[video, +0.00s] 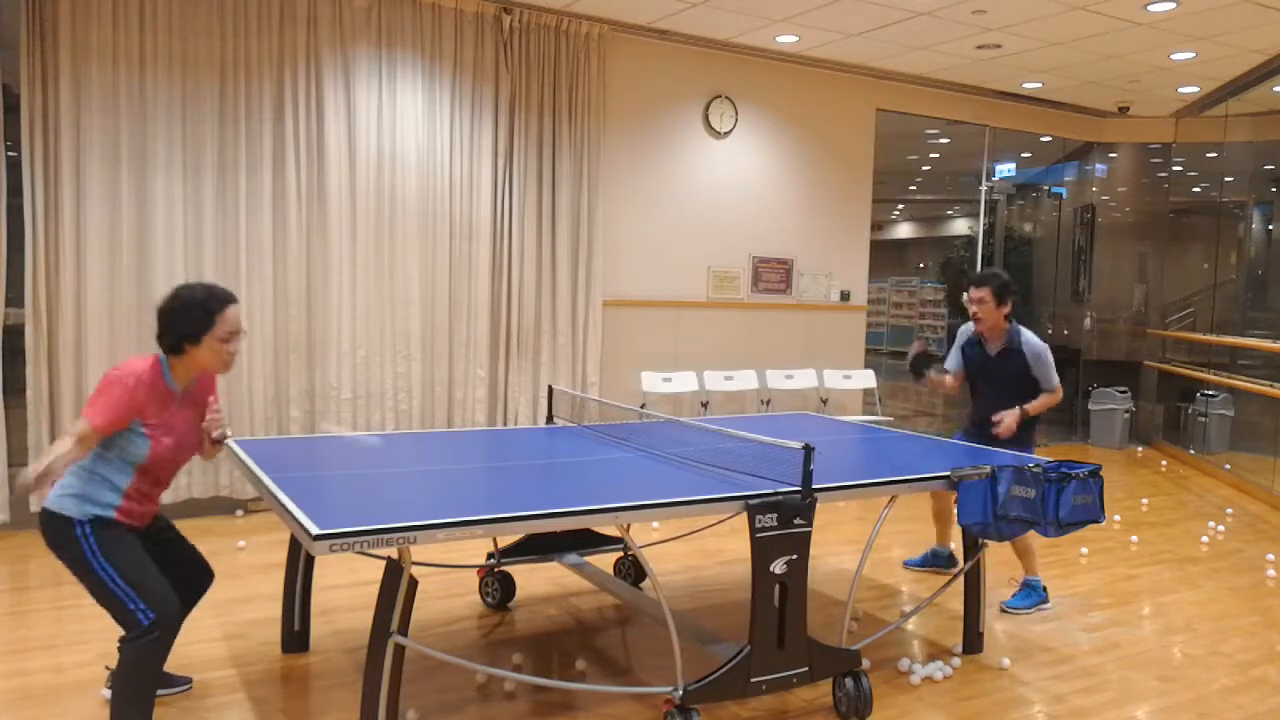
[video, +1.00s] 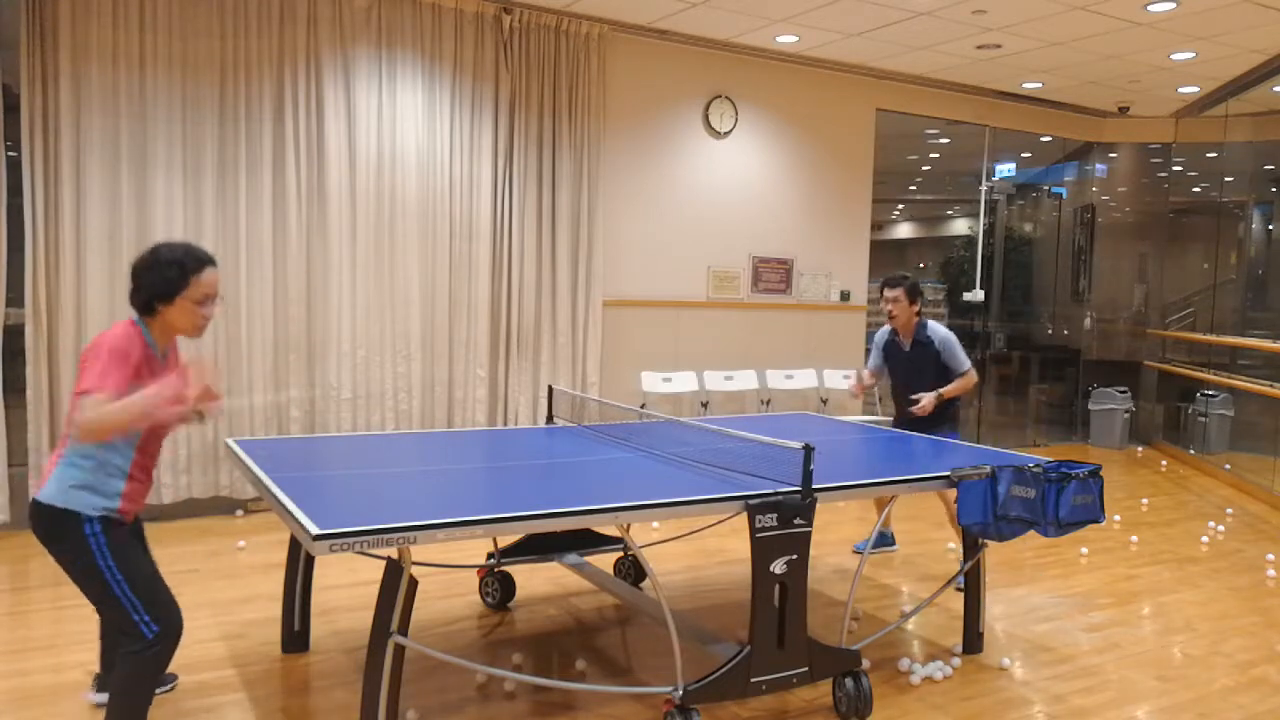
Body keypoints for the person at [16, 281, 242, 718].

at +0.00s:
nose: (236, 348)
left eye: (237, 337)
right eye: (227, 339)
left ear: (196, 343)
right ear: (190, 342)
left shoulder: (203, 382)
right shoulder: (133, 380)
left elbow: (199, 450)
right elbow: (82, 438)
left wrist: (213, 438)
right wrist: (52, 463)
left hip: (134, 514)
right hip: (81, 516)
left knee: (193, 578)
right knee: (155, 619)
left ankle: (134, 673)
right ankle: (129, 709)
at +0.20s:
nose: (217, 314)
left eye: (218, 305)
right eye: (210, 305)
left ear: (180, 307)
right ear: (177, 307)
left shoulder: (163, 350)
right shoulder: (142, 338)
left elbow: (155, 422)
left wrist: (200, 401)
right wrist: (244, 328)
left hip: (125, 502)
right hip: (91, 506)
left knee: (180, 571)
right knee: (167, 616)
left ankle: (132, 675)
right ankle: (133, 709)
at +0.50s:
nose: (195, 272)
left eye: (192, 262)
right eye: (186, 264)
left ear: (156, 276)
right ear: (155, 275)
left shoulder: (142, 322)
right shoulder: (127, 318)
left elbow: (156, 390)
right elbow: (166, 380)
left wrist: (201, 375)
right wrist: (237, 330)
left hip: (124, 485)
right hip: (102, 488)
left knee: (155, 576)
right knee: (155, 612)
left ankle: (130, 676)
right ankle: (122, 708)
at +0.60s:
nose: (200, 281)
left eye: (197, 271)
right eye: (190, 273)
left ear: (164, 286)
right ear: (157, 285)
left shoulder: (162, 330)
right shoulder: (119, 330)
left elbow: (158, 404)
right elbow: (113, 413)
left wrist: (197, 390)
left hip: (129, 492)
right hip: (89, 495)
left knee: (164, 571)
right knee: (143, 617)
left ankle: (133, 670)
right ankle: (119, 710)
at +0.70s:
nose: (207, 305)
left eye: (205, 294)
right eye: (198, 297)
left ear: (166, 306)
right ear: (163, 305)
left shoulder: (178, 347)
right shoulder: (113, 350)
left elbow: (188, 408)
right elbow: (60, 430)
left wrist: (198, 405)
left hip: (128, 496)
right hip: (77, 501)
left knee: (169, 577)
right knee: (149, 615)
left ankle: (116, 677)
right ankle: (121, 708)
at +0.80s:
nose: (213, 330)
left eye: (214, 318)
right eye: (205, 319)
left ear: (176, 324)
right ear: (167, 323)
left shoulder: (187, 366)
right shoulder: (103, 369)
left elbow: (202, 424)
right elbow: (42, 431)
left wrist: (204, 420)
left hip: (131, 512)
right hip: (79, 513)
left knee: (173, 579)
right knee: (151, 617)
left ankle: (116, 675)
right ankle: (122, 709)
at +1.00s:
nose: (211, 312)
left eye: (214, 300)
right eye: (202, 301)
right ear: (163, 300)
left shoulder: (167, 352)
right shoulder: (118, 343)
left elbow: (147, 422)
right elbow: (85, 421)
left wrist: (190, 409)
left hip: (113, 506)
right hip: (73, 508)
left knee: (127, 598)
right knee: (157, 627)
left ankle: (114, 679)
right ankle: (124, 709)